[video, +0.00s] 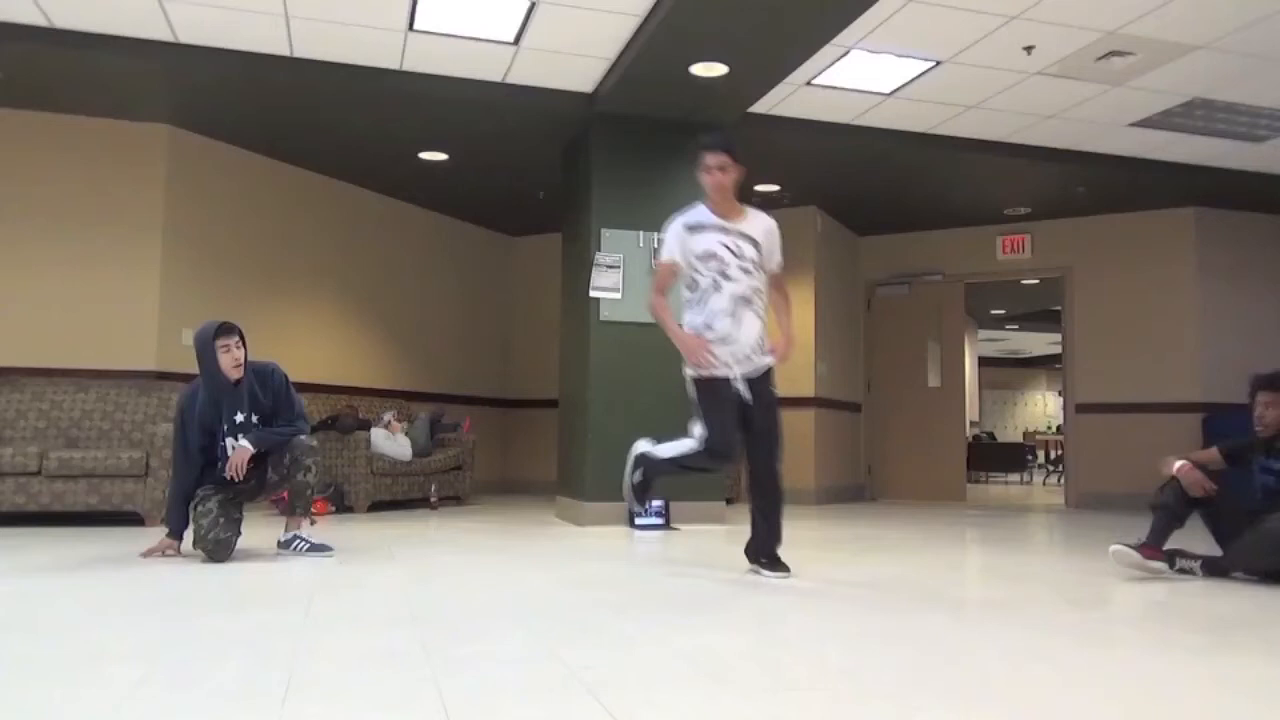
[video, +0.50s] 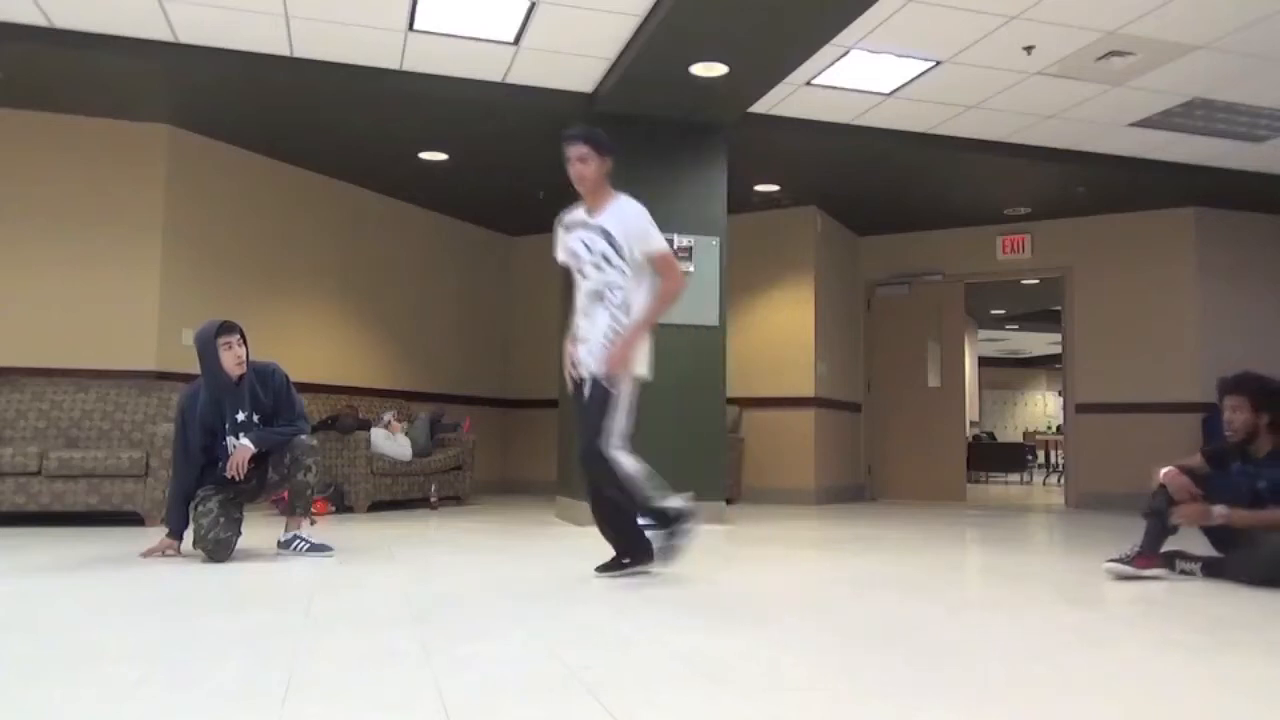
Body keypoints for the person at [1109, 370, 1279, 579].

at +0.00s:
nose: (1258, 413)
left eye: (1269, 406)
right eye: (1256, 406)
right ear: (1251, 408)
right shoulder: (1256, 446)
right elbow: (1170, 462)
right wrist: (1182, 468)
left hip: (1271, 555)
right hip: (1246, 545)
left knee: (1276, 523)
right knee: (1188, 475)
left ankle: (1214, 566)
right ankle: (1151, 547)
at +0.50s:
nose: (1226, 419)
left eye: (1236, 411)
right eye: (1225, 411)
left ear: (1263, 416)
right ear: (1221, 413)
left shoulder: (1274, 460)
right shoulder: (1234, 452)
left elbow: (1275, 515)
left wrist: (1217, 515)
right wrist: (1167, 474)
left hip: (1266, 537)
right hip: (1234, 533)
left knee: (1268, 568)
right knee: (1174, 483)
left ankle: (1197, 565)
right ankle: (1147, 554)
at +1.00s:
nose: (1221, 432)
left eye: (1231, 423)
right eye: (1217, 422)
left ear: (1257, 428)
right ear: (1212, 423)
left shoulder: (1274, 466)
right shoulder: (1224, 461)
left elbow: (1274, 529)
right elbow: (1212, 501)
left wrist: (1201, 528)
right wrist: (1157, 511)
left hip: (1265, 544)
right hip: (1233, 532)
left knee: (1270, 570)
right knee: (1177, 475)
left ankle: (1205, 566)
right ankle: (1149, 555)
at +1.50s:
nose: (1235, 428)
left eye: (1246, 420)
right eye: (1232, 418)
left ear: (1272, 425)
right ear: (1227, 419)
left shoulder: (1275, 466)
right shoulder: (1228, 457)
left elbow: (1276, 529)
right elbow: (1211, 496)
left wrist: (1207, 526)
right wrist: (1161, 510)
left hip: (1267, 544)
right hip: (1235, 534)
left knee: (1271, 571)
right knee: (1182, 474)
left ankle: (1202, 566)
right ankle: (1149, 554)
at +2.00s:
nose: (1213, 432)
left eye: (1222, 422)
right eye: (1208, 424)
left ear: (1248, 424)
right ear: (1204, 428)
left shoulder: (1273, 460)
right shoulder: (1216, 460)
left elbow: (1275, 525)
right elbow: (1208, 503)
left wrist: (1237, 522)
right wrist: (1162, 513)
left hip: (1267, 543)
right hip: (1233, 537)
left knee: (1271, 573)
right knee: (1184, 473)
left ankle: (1202, 566)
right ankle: (1149, 554)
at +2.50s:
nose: (1220, 431)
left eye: (1230, 421)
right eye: (1214, 422)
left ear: (1254, 425)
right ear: (1208, 426)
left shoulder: (1272, 459)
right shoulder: (1214, 456)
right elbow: (1216, 503)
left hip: (1267, 540)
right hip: (1228, 530)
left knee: (1272, 572)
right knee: (1166, 476)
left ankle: (1205, 566)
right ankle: (1145, 552)